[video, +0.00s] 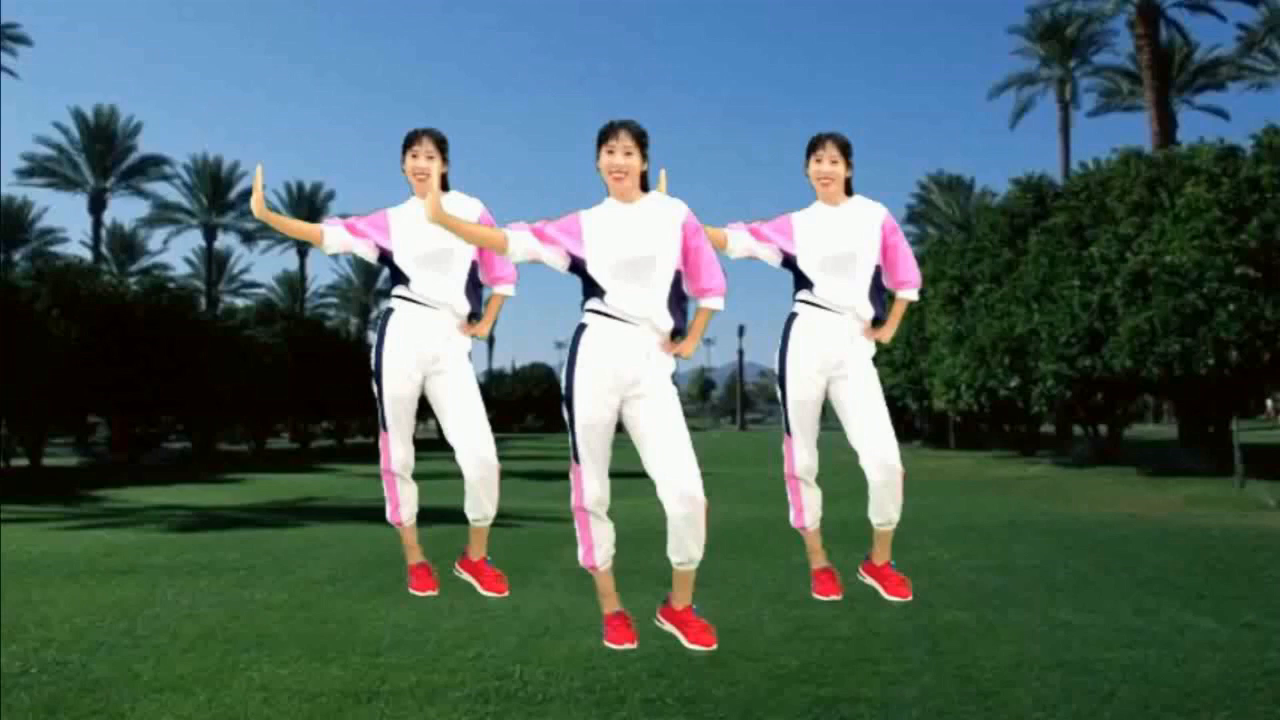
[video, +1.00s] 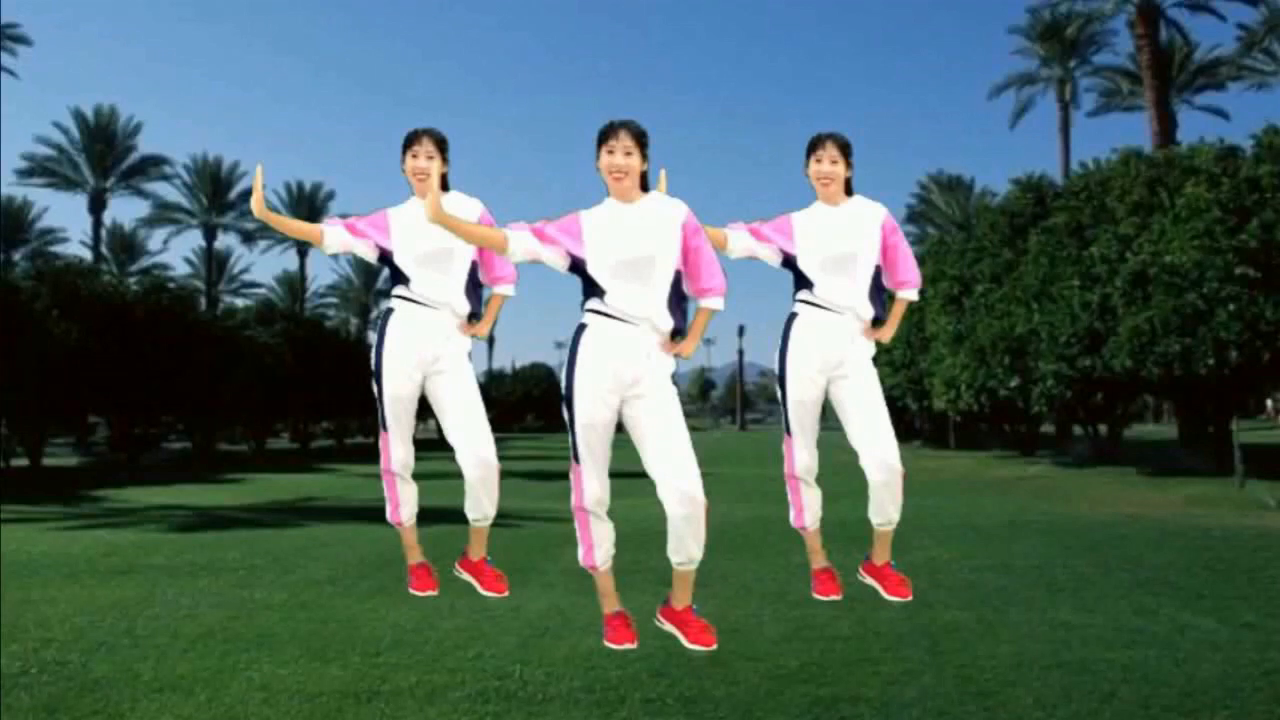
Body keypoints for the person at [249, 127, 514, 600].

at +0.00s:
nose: (420, 164)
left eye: (429, 157)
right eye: (413, 157)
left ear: (444, 165)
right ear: (404, 166)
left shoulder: (472, 211)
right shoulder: (393, 220)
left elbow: (503, 272)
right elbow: (327, 235)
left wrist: (485, 325)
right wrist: (265, 214)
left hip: (451, 335)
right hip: (401, 331)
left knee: (482, 457)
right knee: (399, 453)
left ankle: (476, 557)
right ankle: (415, 561)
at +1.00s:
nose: (420, 164)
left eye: (428, 157)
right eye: (412, 157)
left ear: (444, 165)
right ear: (404, 166)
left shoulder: (473, 211)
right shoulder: (393, 220)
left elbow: (503, 272)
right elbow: (327, 235)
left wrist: (485, 324)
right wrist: (266, 215)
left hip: (451, 334)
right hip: (401, 330)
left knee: (482, 456)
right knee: (399, 452)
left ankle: (476, 557)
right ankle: (415, 561)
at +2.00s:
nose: (420, 164)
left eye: (428, 157)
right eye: (412, 157)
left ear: (444, 165)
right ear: (404, 166)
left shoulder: (473, 211)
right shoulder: (393, 220)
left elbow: (503, 273)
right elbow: (327, 235)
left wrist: (484, 324)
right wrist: (265, 215)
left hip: (451, 335)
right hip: (401, 331)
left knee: (482, 456)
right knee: (399, 453)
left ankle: (476, 557)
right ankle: (415, 561)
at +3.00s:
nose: (420, 164)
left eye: (428, 157)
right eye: (413, 157)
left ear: (444, 165)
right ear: (403, 166)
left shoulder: (472, 211)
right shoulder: (393, 220)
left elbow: (503, 274)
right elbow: (326, 235)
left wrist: (484, 325)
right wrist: (265, 214)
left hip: (451, 335)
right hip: (401, 331)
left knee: (482, 457)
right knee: (399, 453)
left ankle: (476, 557)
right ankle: (415, 561)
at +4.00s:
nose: (420, 164)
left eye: (428, 157)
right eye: (412, 157)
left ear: (444, 165)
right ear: (404, 166)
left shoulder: (473, 211)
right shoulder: (393, 220)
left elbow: (503, 273)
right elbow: (327, 235)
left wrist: (484, 325)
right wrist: (265, 215)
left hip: (451, 335)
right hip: (401, 331)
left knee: (482, 457)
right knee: (399, 453)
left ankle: (476, 557)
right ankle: (415, 561)